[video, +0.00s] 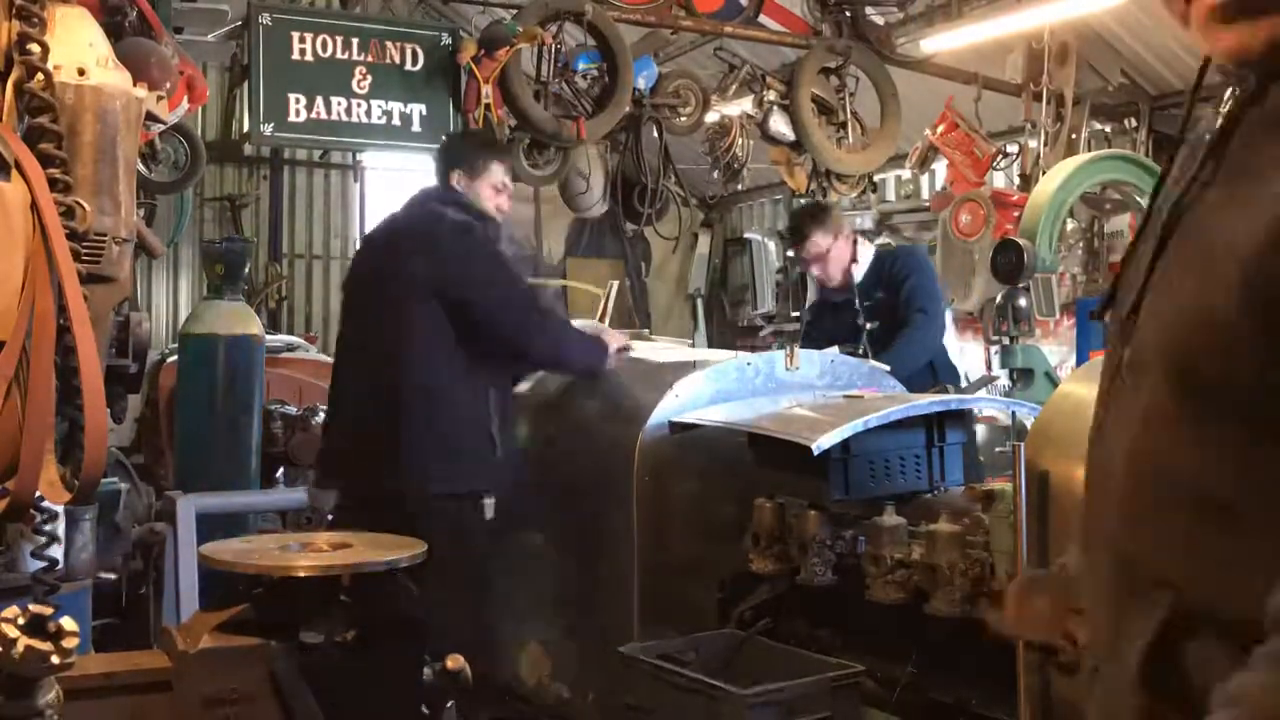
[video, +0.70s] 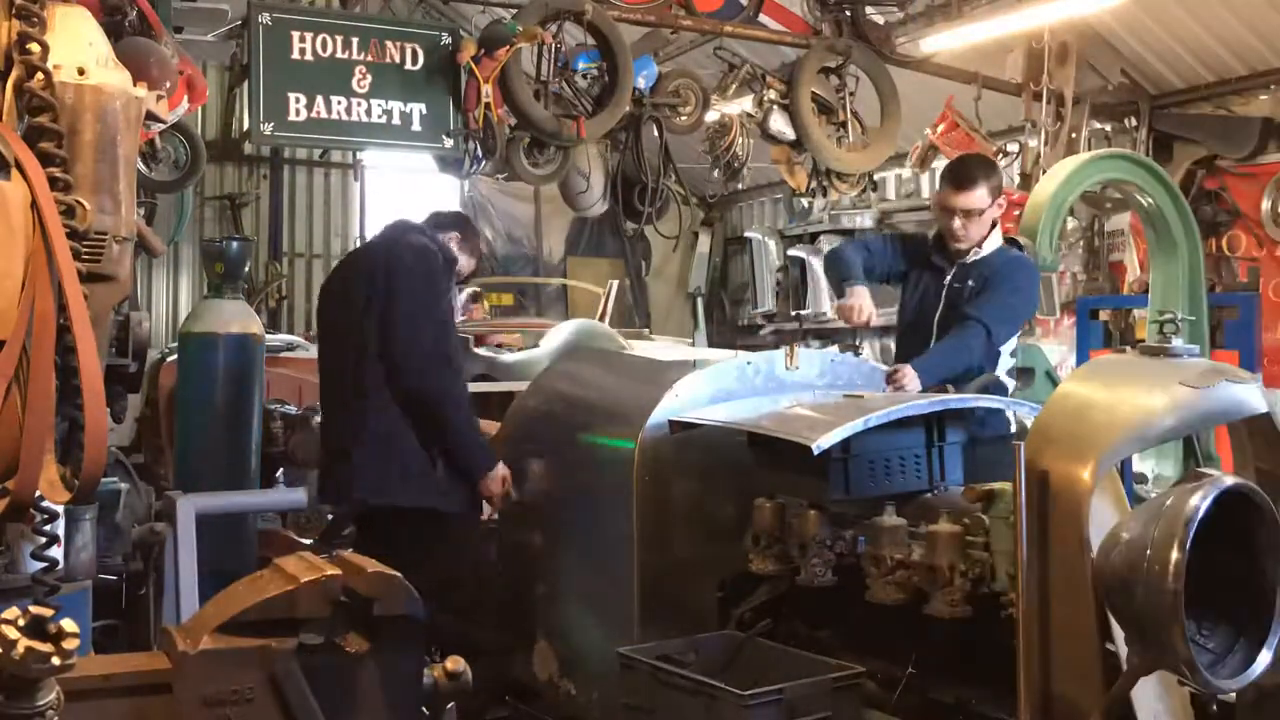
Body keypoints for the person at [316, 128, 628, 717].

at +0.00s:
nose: (507, 202)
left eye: (509, 190)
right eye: (500, 187)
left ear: (451, 183)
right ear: (462, 180)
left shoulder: (385, 238)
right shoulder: (457, 236)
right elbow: (519, 326)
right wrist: (596, 348)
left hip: (371, 452)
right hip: (437, 456)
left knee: (385, 601)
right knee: (454, 591)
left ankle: (391, 706)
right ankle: (455, 703)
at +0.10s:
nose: (483, 281)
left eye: (492, 277)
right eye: (493, 269)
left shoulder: (381, 262)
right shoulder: (441, 238)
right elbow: (411, 322)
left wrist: (478, 354)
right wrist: (487, 332)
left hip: (375, 462)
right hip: (408, 464)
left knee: (385, 598)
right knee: (433, 597)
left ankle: (389, 703)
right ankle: (429, 702)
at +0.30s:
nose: (462, 318)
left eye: (466, 313)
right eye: (468, 308)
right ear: (465, 279)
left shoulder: (356, 284)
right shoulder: (438, 274)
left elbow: (361, 389)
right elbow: (421, 374)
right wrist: (468, 467)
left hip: (342, 491)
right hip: (397, 496)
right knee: (484, 626)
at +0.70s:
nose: (457, 281)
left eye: (461, 277)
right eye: (462, 271)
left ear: (436, 228)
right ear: (454, 241)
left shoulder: (347, 269)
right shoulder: (414, 249)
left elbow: (355, 384)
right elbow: (427, 368)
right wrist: (482, 462)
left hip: (362, 478)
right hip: (412, 481)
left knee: (386, 629)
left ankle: (395, 708)